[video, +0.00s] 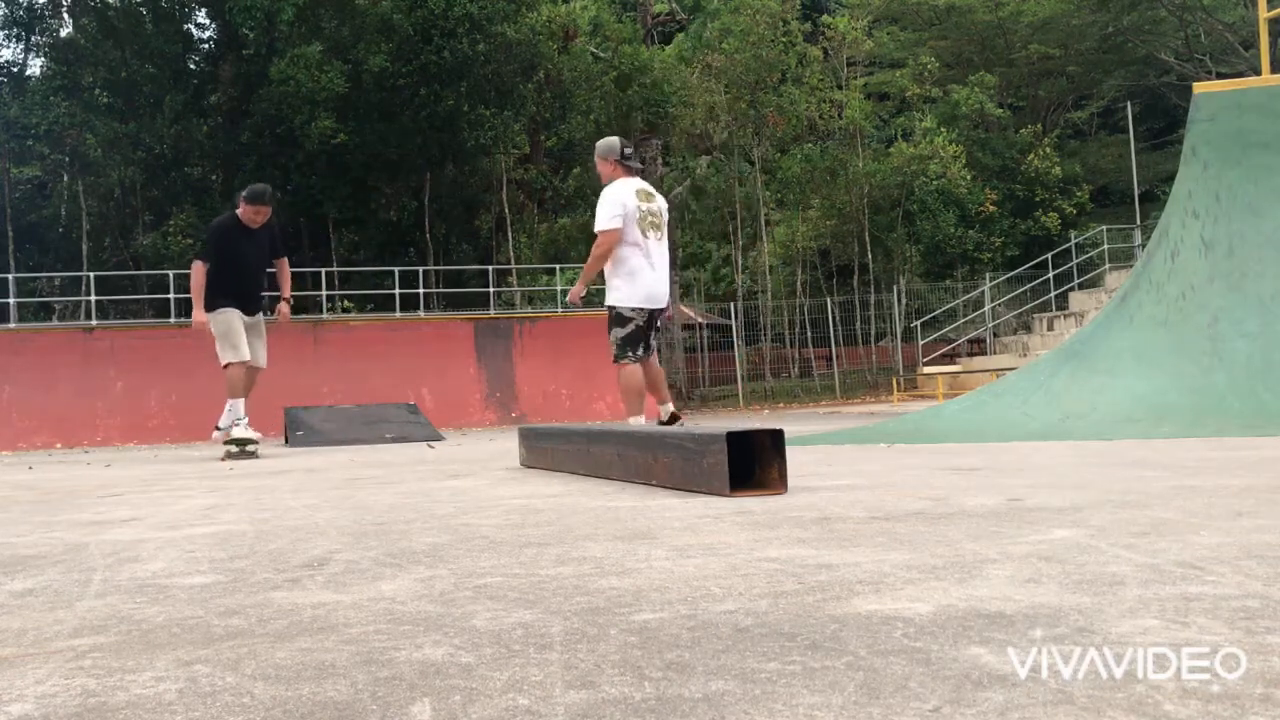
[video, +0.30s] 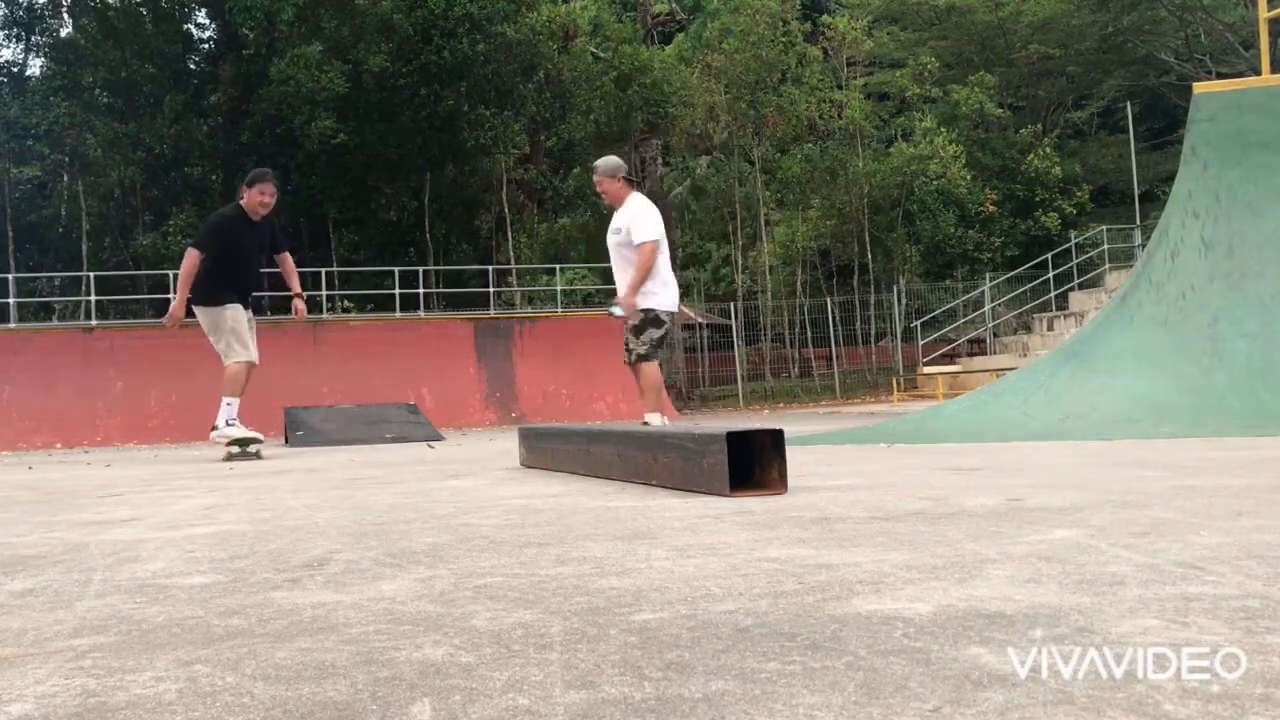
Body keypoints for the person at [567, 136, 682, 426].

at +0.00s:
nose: (597, 170)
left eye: (598, 164)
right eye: (596, 164)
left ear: (611, 164)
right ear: (625, 163)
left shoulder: (613, 194)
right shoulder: (654, 195)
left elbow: (606, 242)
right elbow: (659, 248)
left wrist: (582, 283)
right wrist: (664, 296)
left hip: (629, 293)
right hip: (656, 292)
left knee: (627, 358)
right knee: (646, 352)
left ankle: (635, 425)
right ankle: (667, 411)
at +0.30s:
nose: (599, 189)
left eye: (602, 183)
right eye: (597, 184)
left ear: (619, 180)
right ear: (615, 182)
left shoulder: (640, 207)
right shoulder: (624, 210)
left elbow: (648, 252)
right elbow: (636, 257)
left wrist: (630, 293)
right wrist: (626, 294)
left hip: (653, 298)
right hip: (639, 299)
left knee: (643, 357)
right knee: (635, 359)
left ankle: (654, 418)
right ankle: (656, 415)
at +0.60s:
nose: (618, 184)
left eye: (623, 178)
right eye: (614, 180)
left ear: (639, 177)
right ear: (612, 184)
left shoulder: (665, 207)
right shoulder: (617, 217)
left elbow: (684, 248)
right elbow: (612, 262)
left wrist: (695, 287)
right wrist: (596, 302)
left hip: (670, 303)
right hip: (636, 306)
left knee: (684, 362)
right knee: (648, 365)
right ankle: (660, 423)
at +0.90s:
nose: (658, 189)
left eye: (664, 184)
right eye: (653, 184)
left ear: (676, 185)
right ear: (647, 185)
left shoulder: (695, 216)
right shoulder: (635, 217)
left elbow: (706, 259)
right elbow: (623, 259)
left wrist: (713, 298)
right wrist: (616, 294)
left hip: (688, 306)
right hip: (649, 306)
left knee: (695, 365)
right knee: (654, 364)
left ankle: (703, 416)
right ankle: (661, 423)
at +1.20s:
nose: (687, 190)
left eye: (692, 185)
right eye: (682, 185)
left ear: (702, 188)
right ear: (675, 187)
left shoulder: (716, 221)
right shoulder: (659, 217)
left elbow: (725, 264)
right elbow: (646, 259)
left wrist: (733, 302)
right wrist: (642, 295)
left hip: (703, 307)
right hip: (666, 304)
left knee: (703, 365)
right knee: (661, 361)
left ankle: (704, 419)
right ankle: (660, 419)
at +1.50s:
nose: (694, 190)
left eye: (700, 185)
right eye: (690, 185)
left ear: (709, 189)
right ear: (682, 187)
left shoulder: (722, 222)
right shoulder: (665, 217)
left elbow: (733, 263)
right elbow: (652, 257)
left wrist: (745, 302)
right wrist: (641, 297)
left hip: (708, 305)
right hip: (671, 303)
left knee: (708, 365)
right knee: (667, 362)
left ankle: (705, 419)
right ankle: (670, 417)